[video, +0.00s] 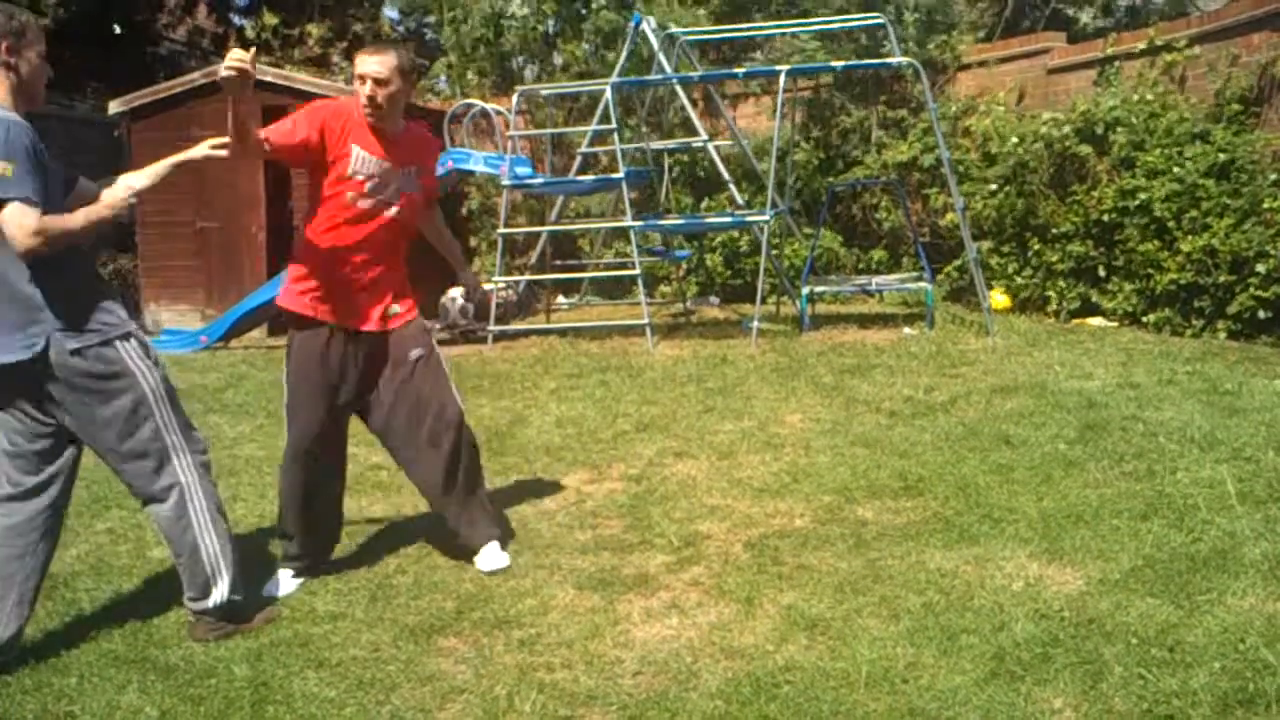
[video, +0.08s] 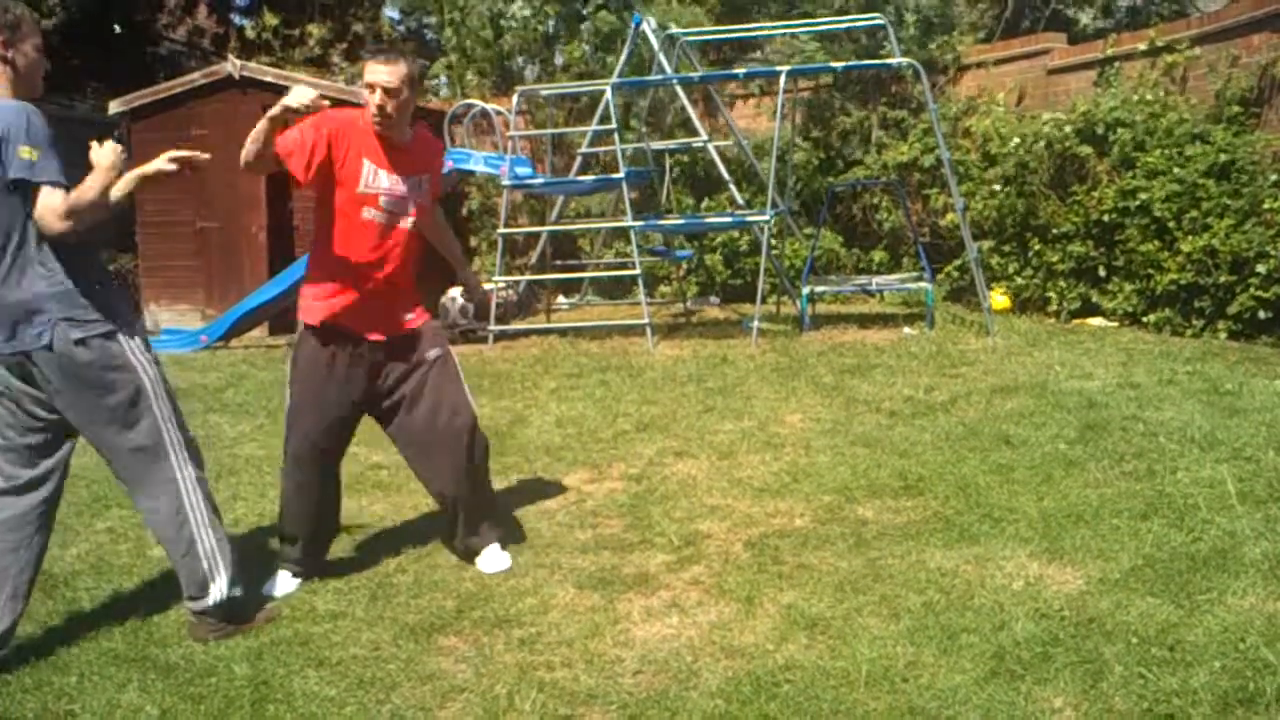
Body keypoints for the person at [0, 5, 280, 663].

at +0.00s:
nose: (47, 70)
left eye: (45, 58)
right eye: (39, 58)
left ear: (12, 60)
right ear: (9, 59)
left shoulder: (15, 131)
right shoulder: (12, 133)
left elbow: (55, 208)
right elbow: (24, 234)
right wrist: (103, 210)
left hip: (25, 343)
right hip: (79, 333)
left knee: (22, 499)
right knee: (169, 454)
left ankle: (4, 631)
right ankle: (219, 598)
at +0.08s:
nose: (46, 57)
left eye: (43, 47)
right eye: (37, 47)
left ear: (10, 55)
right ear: (8, 52)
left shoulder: (15, 121)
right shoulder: (22, 118)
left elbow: (74, 213)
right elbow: (55, 217)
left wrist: (141, 175)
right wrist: (102, 171)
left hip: (17, 334)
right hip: (75, 324)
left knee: (17, 495)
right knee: (160, 451)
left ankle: (0, 628)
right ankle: (215, 598)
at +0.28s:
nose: (30, 70)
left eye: (27, 60)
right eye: (23, 61)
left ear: (0, 70)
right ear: (3, 69)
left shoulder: (19, 129)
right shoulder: (30, 126)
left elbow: (128, 166)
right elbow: (138, 168)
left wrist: (126, 104)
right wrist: (133, 92)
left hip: (11, 344)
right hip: (62, 336)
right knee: (156, 461)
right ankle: (215, 603)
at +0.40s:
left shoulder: (10, 135)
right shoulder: (4, 135)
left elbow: (100, 165)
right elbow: (108, 164)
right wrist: (99, 94)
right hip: (28, 337)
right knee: (126, 466)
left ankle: (202, 593)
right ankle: (207, 601)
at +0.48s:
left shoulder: (13, 129)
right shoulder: (7, 129)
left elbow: (99, 143)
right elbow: (103, 144)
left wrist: (100, 96)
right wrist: (107, 89)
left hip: (21, 328)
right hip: (21, 331)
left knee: (104, 457)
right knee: (106, 456)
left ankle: (194, 594)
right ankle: (198, 600)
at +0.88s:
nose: (20, 82)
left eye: (17, 75)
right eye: (15, 75)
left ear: (10, 87)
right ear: (5, 85)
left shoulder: (9, 128)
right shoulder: (4, 123)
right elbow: (78, 112)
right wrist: (129, 40)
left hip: (16, 338)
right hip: (14, 340)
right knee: (118, 470)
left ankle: (139, 615)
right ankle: (139, 630)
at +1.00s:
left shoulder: (9, 138)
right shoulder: (4, 128)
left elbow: (30, 200)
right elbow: (76, 132)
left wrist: (55, 120)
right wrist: (70, 62)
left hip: (15, 322)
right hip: (16, 324)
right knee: (115, 456)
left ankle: (138, 614)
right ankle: (141, 623)